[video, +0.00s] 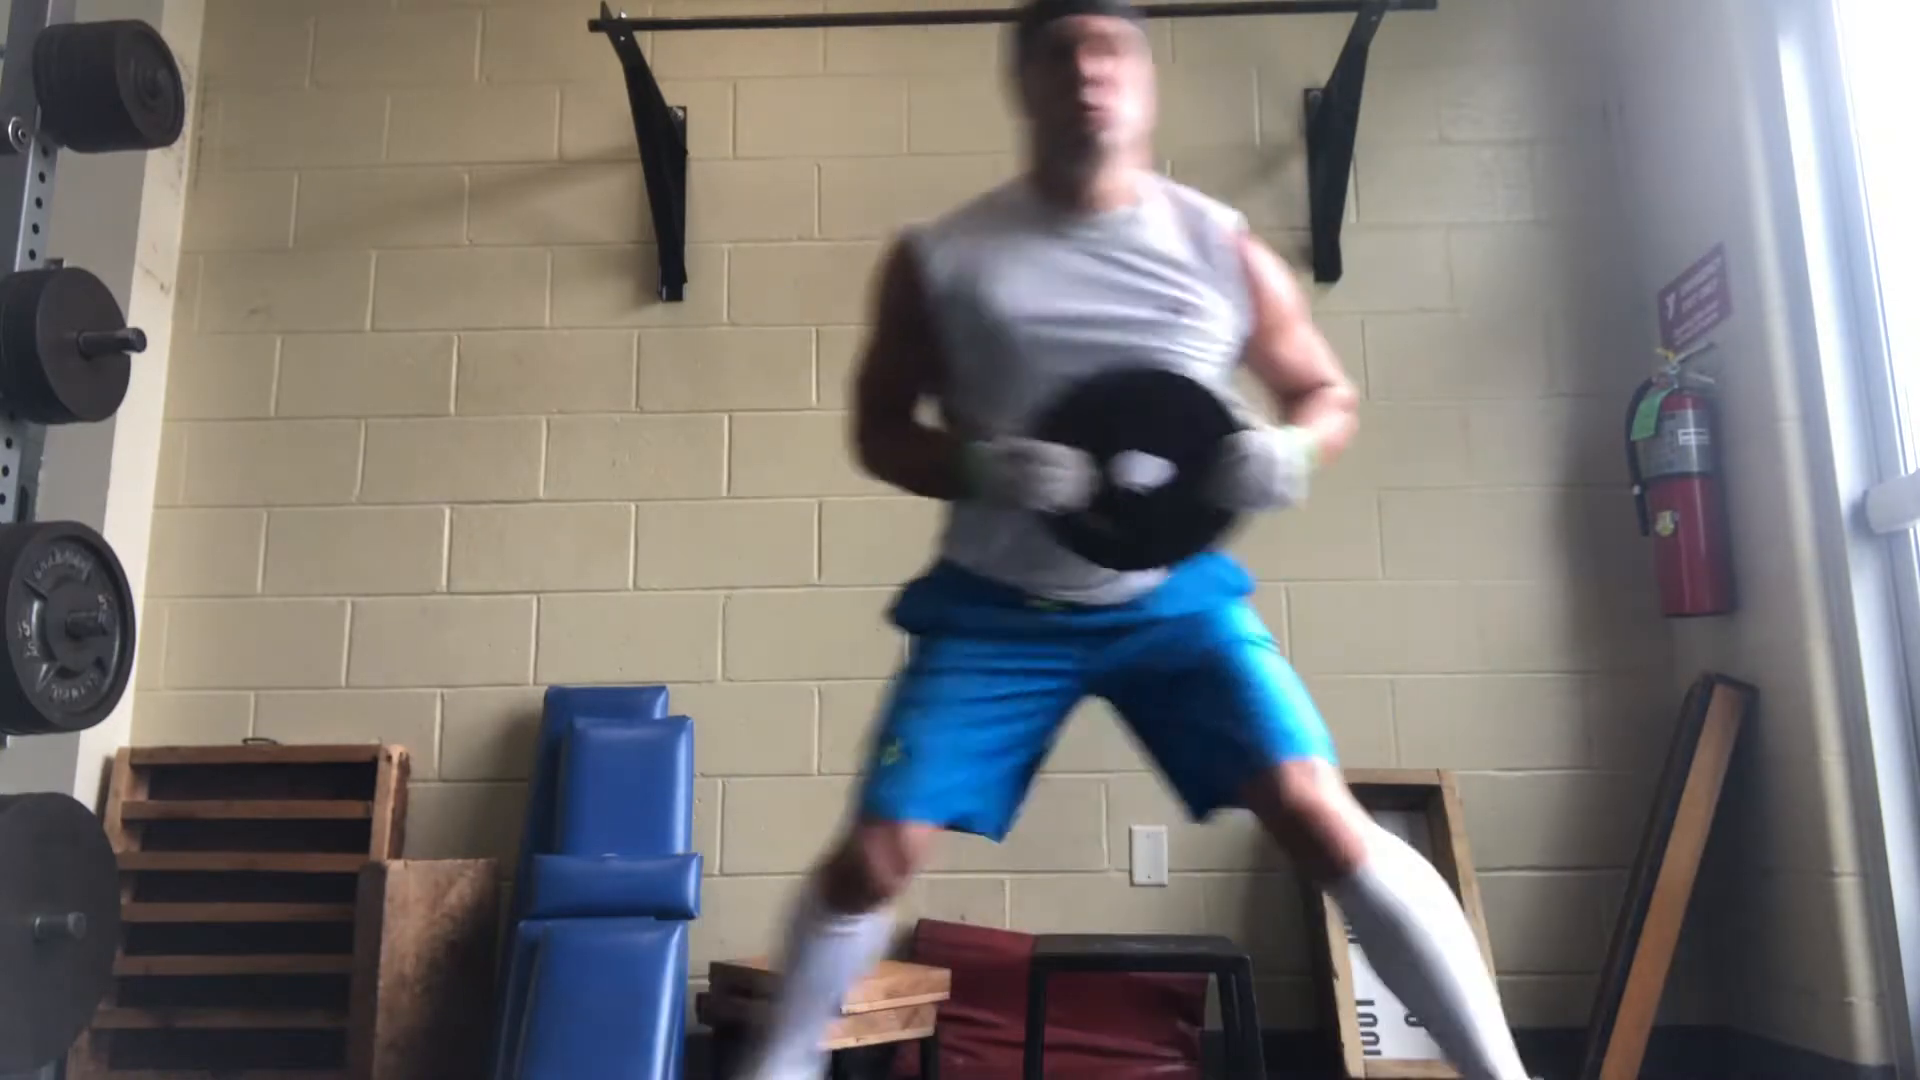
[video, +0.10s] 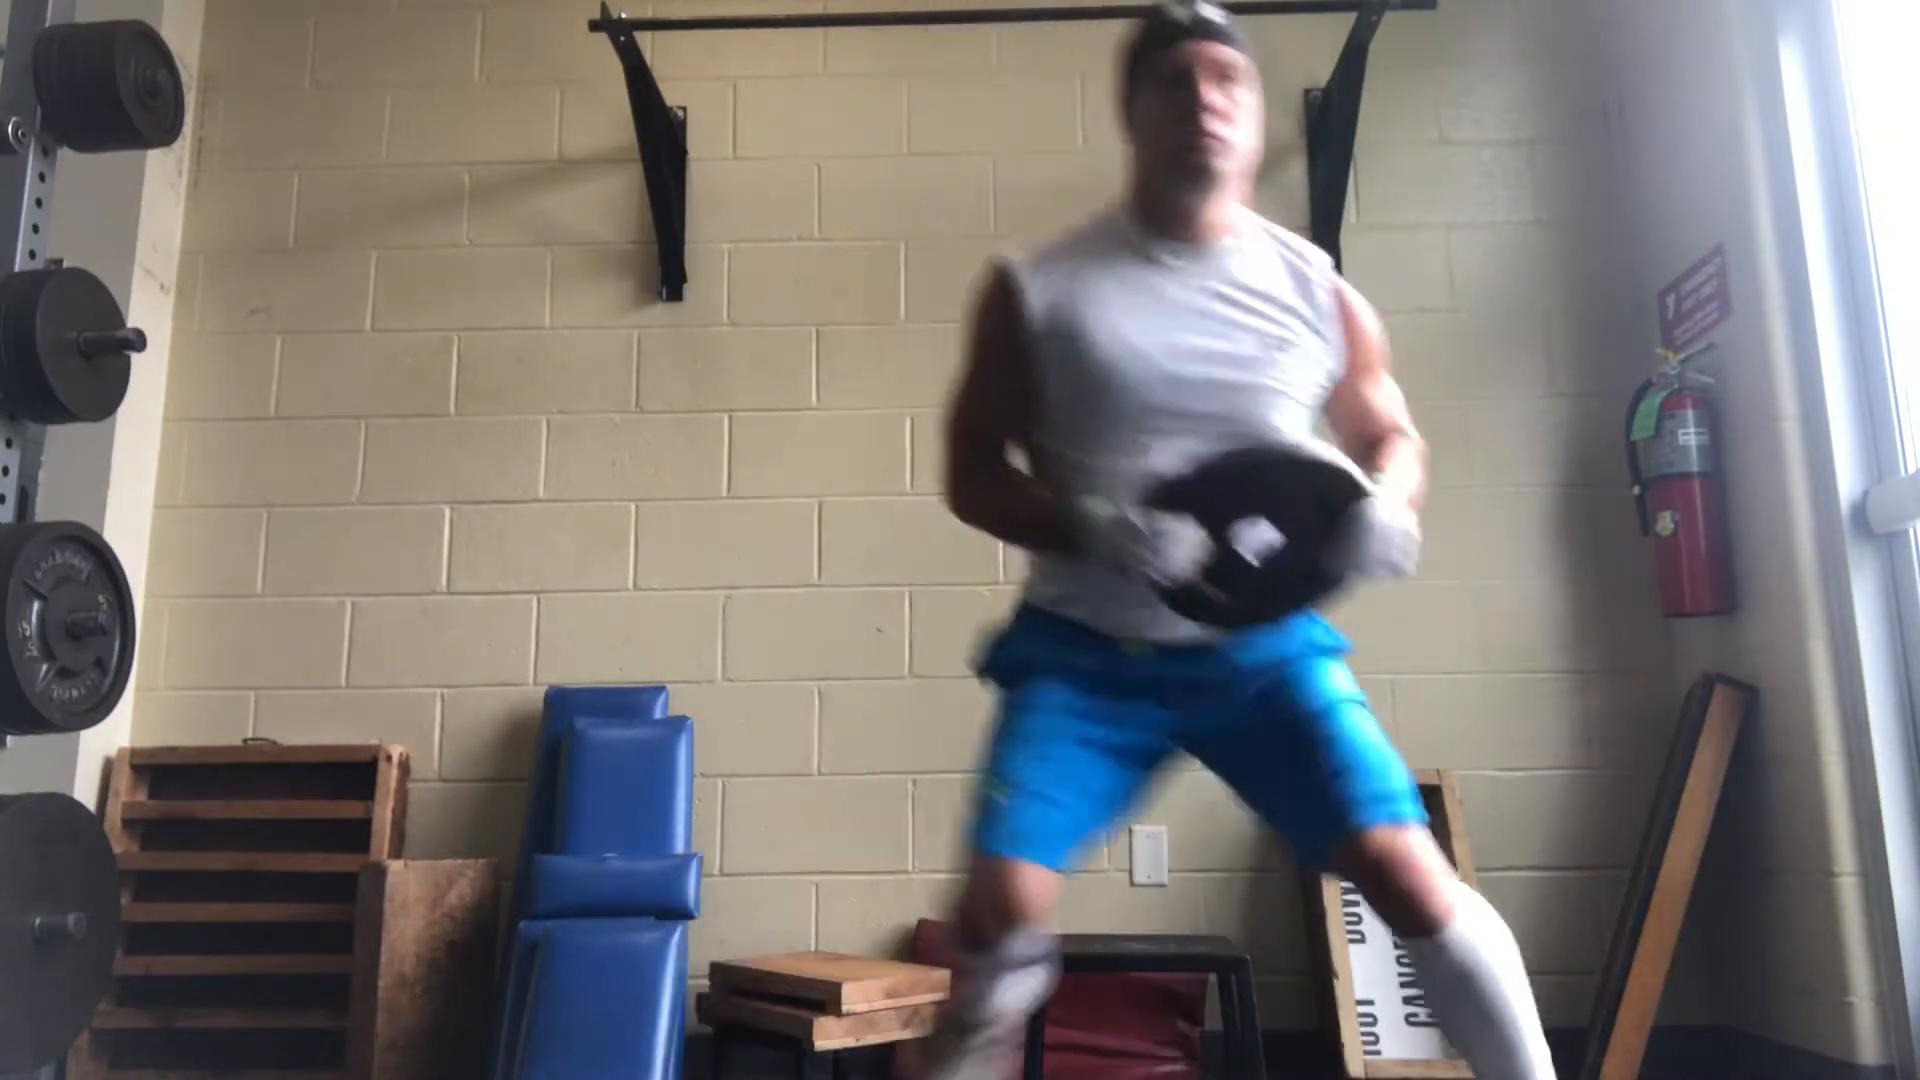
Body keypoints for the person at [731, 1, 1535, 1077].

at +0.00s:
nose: (1088, 72)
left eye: (1111, 50)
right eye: (1060, 53)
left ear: (1151, 82)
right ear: (1021, 86)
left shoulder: (1220, 247)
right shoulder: (938, 262)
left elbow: (1333, 395)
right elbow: (879, 434)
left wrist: (1292, 451)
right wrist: (981, 467)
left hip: (1180, 606)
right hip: (998, 616)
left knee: (1317, 813)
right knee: (874, 857)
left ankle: (1501, 1068)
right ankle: (771, 1066)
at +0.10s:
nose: (1204, 105)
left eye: (1225, 82)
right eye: (1173, 83)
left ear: (1260, 119)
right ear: (1129, 114)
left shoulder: (1318, 295)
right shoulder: (1036, 294)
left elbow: (1393, 440)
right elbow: (973, 480)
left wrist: (1384, 511)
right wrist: (1092, 529)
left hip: (1270, 655)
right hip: (1086, 660)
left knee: (1404, 871)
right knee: (1003, 901)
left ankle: (1528, 1071)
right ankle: (971, 1062)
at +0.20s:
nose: (1278, 128)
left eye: (1298, 112)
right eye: (1246, 113)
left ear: (1324, 154)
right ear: (1195, 147)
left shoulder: (1368, 336)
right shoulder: (1088, 311)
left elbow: (1438, 491)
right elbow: (1010, 497)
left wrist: (1432, 561)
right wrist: (1129, 569)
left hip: (1301, 670)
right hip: (1119, 674)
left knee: (1431, 889)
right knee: (1066, 933)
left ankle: (1539, 1074)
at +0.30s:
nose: (1256, 120)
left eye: (1278, 101)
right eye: (1225, 101)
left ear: (1305, 143)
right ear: (1179, 136)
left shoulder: (1350, 315)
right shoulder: (1071, 302)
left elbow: (1435, 494)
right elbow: (991, 467)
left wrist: (1375, 534)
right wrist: (1082, 528)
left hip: (1287, 658)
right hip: (1104, 654)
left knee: (1420, 882)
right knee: (980, 839)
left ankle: (1535, 1073)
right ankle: (1050, 909)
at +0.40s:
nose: (1168, 75)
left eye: (1192, 58)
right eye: (1143, 57)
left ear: (1227, 98)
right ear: (1103, 88)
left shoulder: (1273, 261)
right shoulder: (1003, 256)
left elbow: (1364, 462)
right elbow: (923, 391)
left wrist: (1224, 467)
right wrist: (974, 444)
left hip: (1203, 617)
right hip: (1023, 592)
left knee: (1341, 863)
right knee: (859, 740)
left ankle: (1505, 1074)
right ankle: (847, 951)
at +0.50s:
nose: (1053, 57)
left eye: (1079, 35)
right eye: (1028, 34)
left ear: (1113, 66)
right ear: (992, 62)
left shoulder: (1169, 235)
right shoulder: (906, 240)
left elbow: (1261, 446)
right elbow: (840, 414)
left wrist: (1100, 456)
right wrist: (877, 429)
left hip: (1118, 594)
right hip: (941, 582)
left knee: (1209, 832)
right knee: (793, 805)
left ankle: (1308, 1075)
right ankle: (646, 1062)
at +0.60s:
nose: (935, 105)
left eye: (959, 83)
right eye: (913, 86)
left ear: (1001, 111)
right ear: (883, 116)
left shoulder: (1073, 277)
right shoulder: (815, 299)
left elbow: (1176, 475)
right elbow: (763, 500)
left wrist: (1026, 513)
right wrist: (803, 510)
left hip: (1024, 645)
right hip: (857, 640)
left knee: (1068, 907)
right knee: (725, 883)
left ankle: (1004, 1026)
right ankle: (631, 1073)